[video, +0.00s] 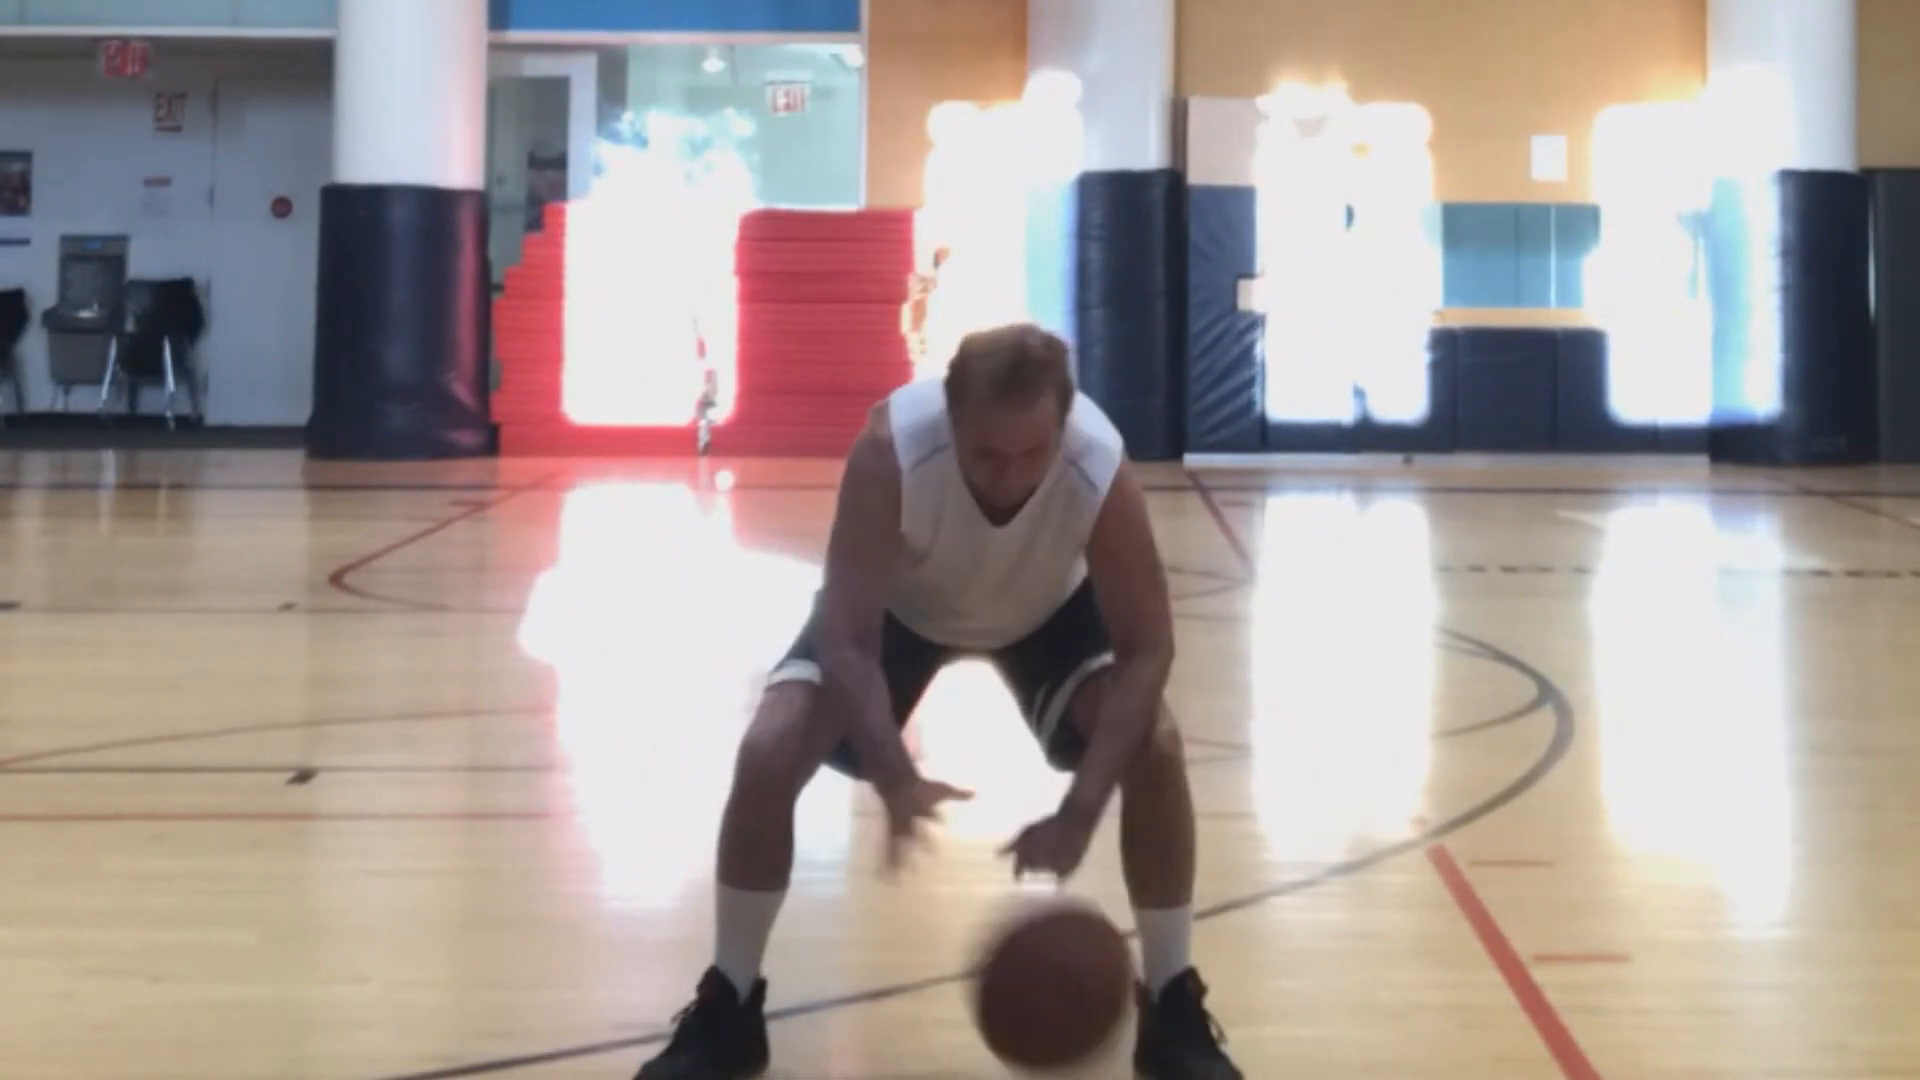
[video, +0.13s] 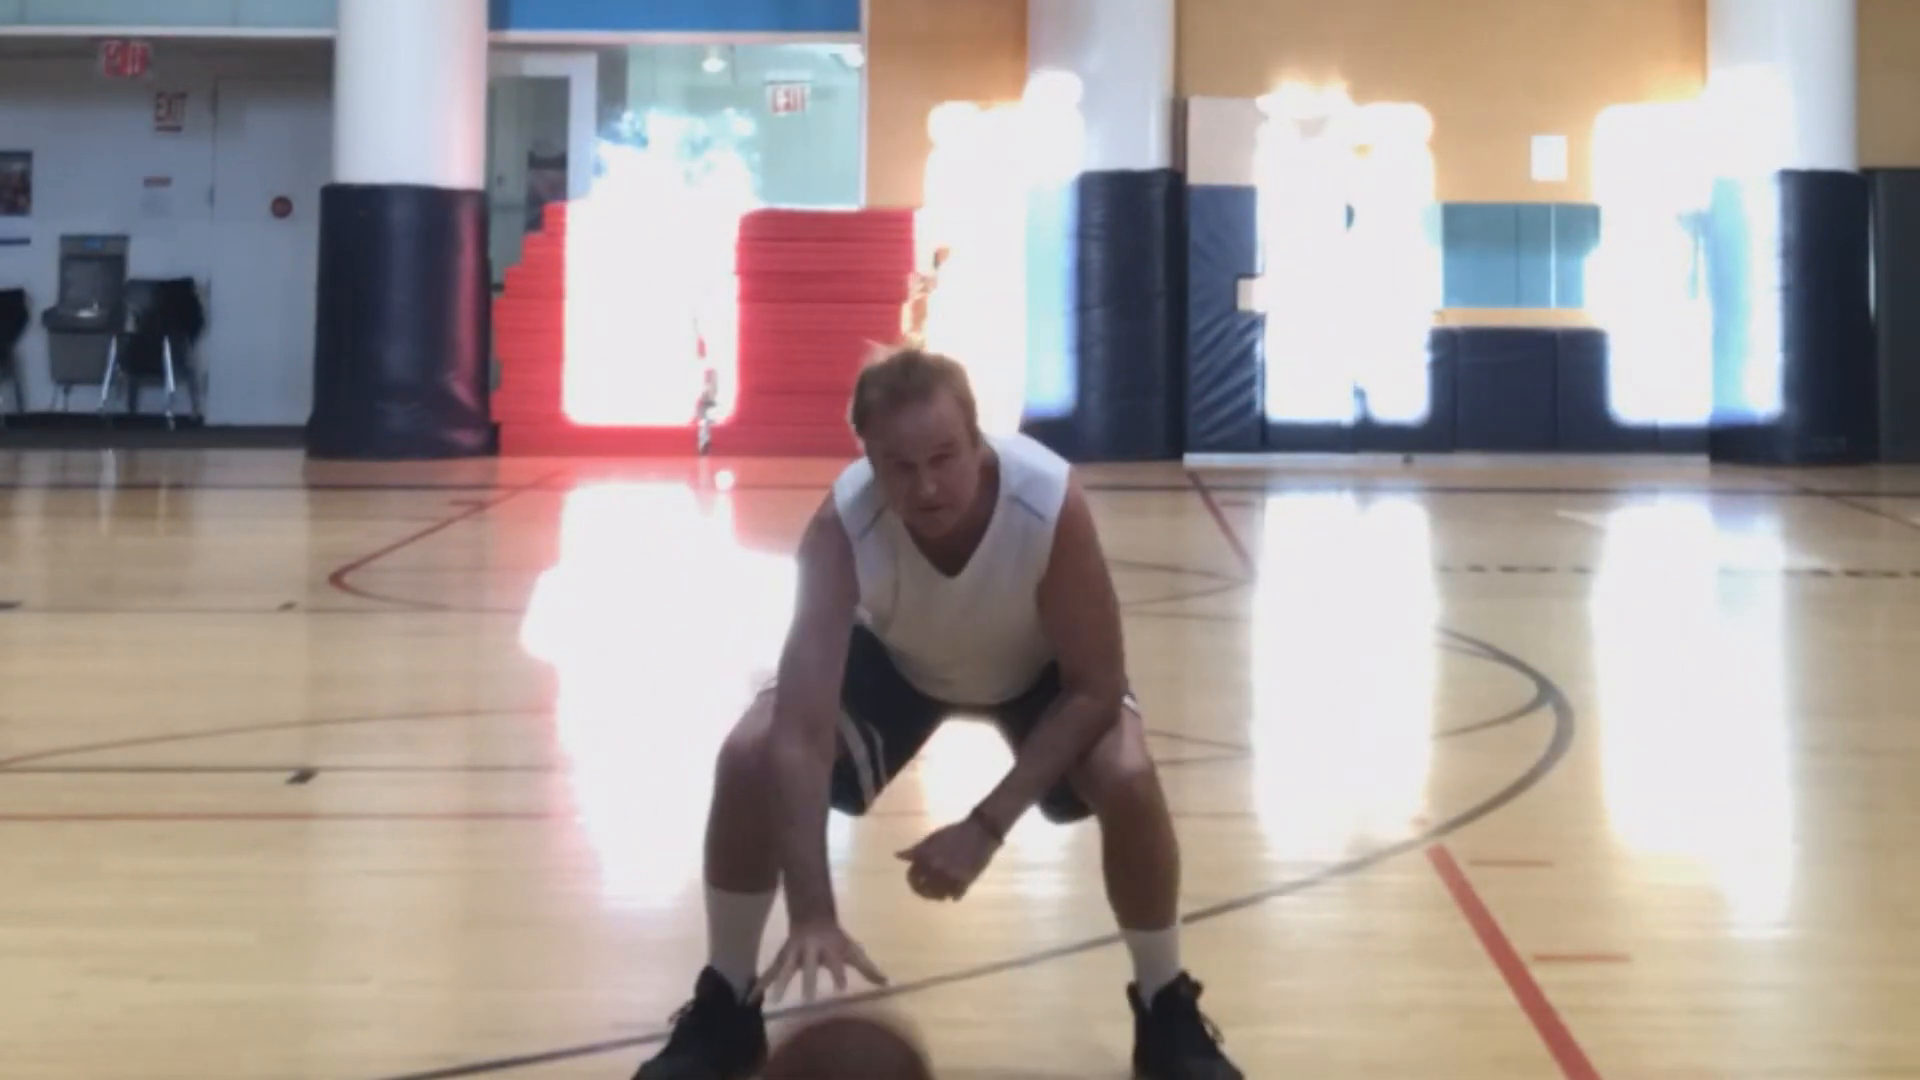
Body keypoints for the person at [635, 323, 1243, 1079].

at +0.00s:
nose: (1009, 476)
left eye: (1032, 454)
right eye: (988, 454)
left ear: (1062, 428)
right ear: (953, 425)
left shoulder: (1097, 466)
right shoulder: (891, 449)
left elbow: (1148, 648)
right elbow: (845, 639)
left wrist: (1078, 815)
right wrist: (894, 773)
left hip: (1045, 609)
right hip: (900, 608)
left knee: (1150, 743)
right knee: (765, 755)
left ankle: (1174, 1009)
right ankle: (729, 1008)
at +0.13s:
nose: (926, 487)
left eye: (943, 459)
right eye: (900, 467)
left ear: (978, 440)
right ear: (869, 460)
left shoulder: (1049, 504)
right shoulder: (841, 530)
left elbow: (1097, 688)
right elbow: (800, 731)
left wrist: (985, 827)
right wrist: (813, 914)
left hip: (1037, 670)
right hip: (896, 665)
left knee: (1129, 782)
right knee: (747, 759)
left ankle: (1168, 1015)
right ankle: (724, 1011)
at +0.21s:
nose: (937, 491)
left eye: (954, 465)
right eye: (913, 471)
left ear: (988, 444)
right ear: (878, 462)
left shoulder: (1053, 501)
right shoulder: (845, 529)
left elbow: (1104, 682)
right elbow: (794, 731)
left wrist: (997, 818)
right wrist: (810, 905)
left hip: (1038, 668)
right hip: (894, 664)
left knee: (1136, 776)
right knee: (751, 762)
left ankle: (1169, 1013)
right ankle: (724, 1002)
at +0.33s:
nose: (934, 482)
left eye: (952, 455)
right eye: (910, 463)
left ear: (987, 438)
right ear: (877, 454)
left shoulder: (1054, 501)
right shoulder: (844, 523)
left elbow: (1102, 687)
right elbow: (790, 725)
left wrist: (985, 819)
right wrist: (798, 907)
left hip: (1039, 669)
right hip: (896, 663)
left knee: (1130, 776)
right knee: (752, 756)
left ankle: (1168, 1015)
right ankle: (723, 1004)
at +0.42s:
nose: (938, 448)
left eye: (958, 424)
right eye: (916, 428)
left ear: (996, 392)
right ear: (886, 407)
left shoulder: (1056, 441)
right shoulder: (843, 438)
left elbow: (1086, 624)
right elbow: (815, 629)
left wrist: (1030, 786)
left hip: (1032, 598)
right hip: (890, 595)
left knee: (1126, 748)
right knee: (770, 743)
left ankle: (1175, 1002)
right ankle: (724, 1003)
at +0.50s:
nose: (958, 420)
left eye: (977, 394)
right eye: (934, 401)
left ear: (1007, 369)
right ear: (899, 385)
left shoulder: (1067, 437)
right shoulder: (851, 441)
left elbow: (1145, 605)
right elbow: (832, 644)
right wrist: (867, 815)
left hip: (1045, 594)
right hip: (900, 595)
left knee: (1127, 743)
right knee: (774, 742)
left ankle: (1179, 1011)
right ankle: (722, 1006)